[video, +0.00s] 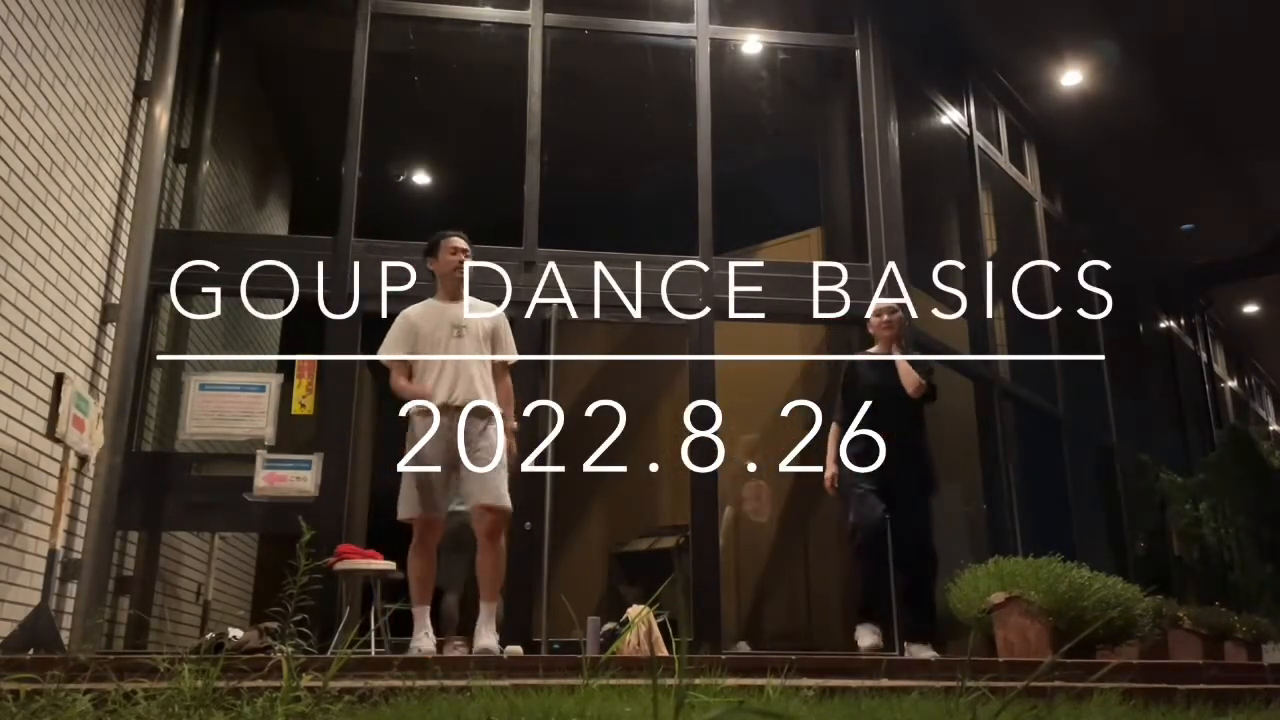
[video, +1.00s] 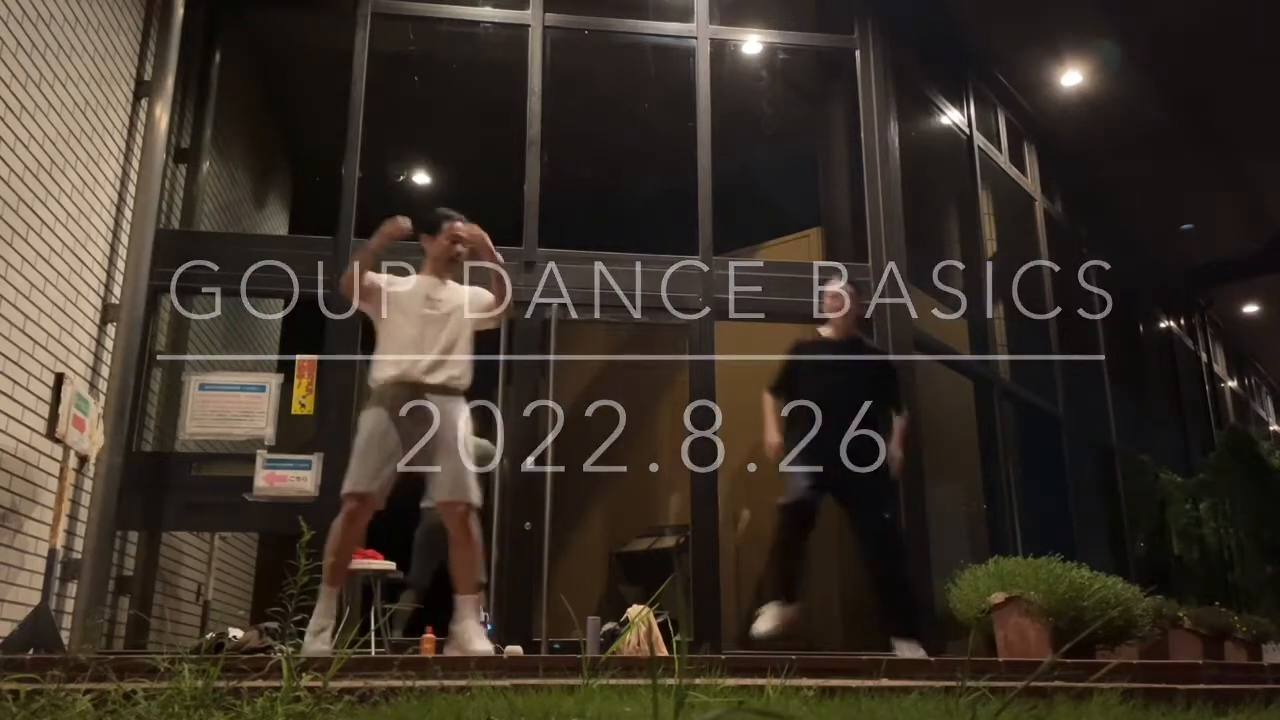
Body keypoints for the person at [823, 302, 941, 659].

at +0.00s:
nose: (886, 319)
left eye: (892, 313)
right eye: (879, 314)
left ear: (904, 319)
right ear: (870, 323)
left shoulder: (916, 357)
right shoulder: (856, 363)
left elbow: (916, 389)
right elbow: (841, 416)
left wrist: (896, 349)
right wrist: (831, 460)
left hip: (909, 468)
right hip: (864, 470)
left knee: (915, 550)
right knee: (870, 530)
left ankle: (917, 638)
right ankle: (867, 623)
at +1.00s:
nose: (833, 304)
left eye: (841, 298)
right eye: (828, 297)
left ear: (857, 307)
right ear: (821, 304)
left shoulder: (876, 358)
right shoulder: (804, 351)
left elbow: (898, 409)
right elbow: (772, 392)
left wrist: (896, 448)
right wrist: (772, 431)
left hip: (861, 461)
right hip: (810, 457)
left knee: (882, 541)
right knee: (793, 514)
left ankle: (903, 634)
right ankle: (779, 601)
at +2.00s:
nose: (863, 343)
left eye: (867, 335)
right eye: (854, 335)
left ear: (874, 341)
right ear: (838, 341)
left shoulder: (877, 385)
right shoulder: (822, 382)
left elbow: (913, 408)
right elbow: (813, 434)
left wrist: (927, 423)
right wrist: (859, 419)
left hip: (879, 486)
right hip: (835, 489)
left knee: (896, 552)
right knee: (866, 545)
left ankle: (905, 637)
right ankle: (864, 633)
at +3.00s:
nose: (836, 323)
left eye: (844, 316)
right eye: (831, 315)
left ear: (856, 324)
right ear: (819, 321)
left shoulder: (868, 366)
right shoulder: (808, 363)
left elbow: (891, 405)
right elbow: (772, 362)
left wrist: (843, 388)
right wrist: (763, 402)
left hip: (861, 472)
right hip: (814, 466)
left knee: (870, 551)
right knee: (770, 510)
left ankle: (866, 635)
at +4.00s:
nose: (822, 352)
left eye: (829, 345)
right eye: (816, 345)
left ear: (841, 352)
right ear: (805, 354)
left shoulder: (867, 390)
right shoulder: (814, 407)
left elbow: (914, 437)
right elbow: (821, 464)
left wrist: (948, 485)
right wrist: (815, 502)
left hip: (906, 488)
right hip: (858, 494)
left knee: (956, 556)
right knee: (831, 538)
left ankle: (1026, 625)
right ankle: (840, 637)